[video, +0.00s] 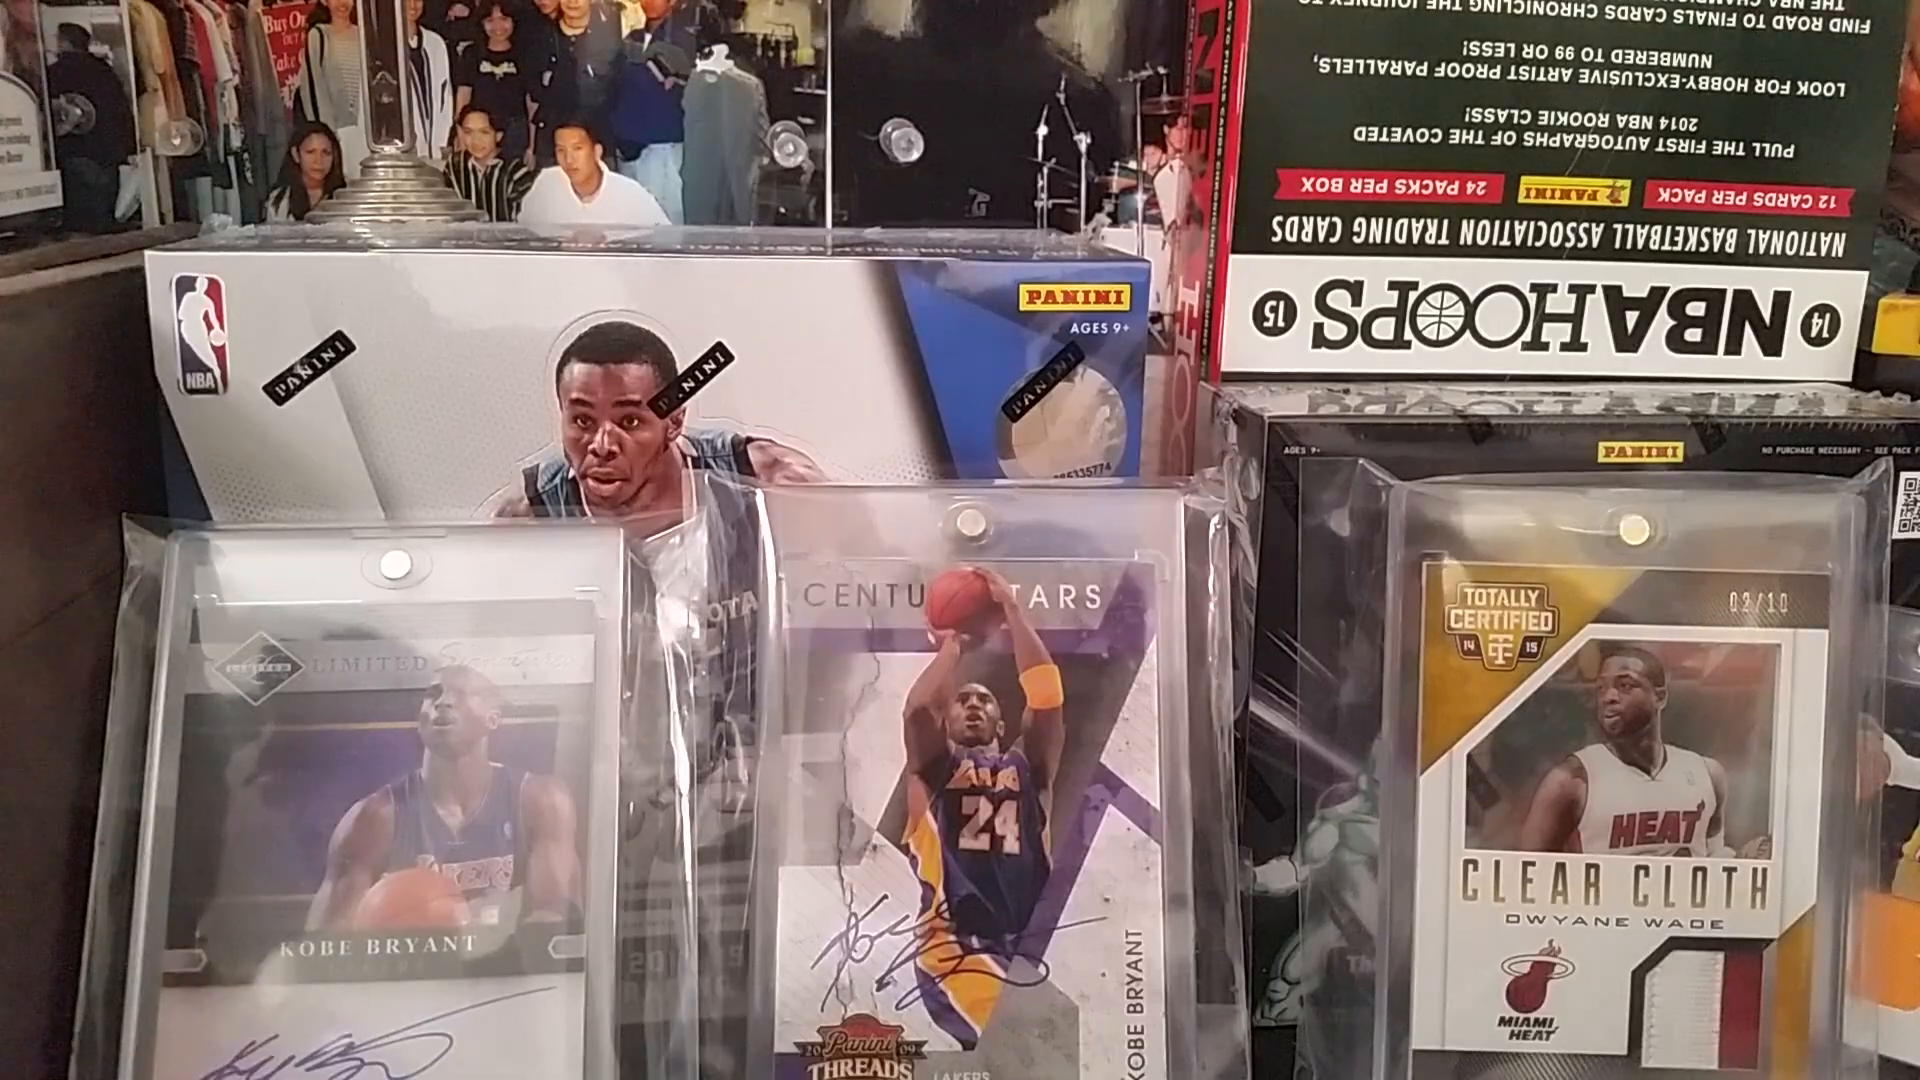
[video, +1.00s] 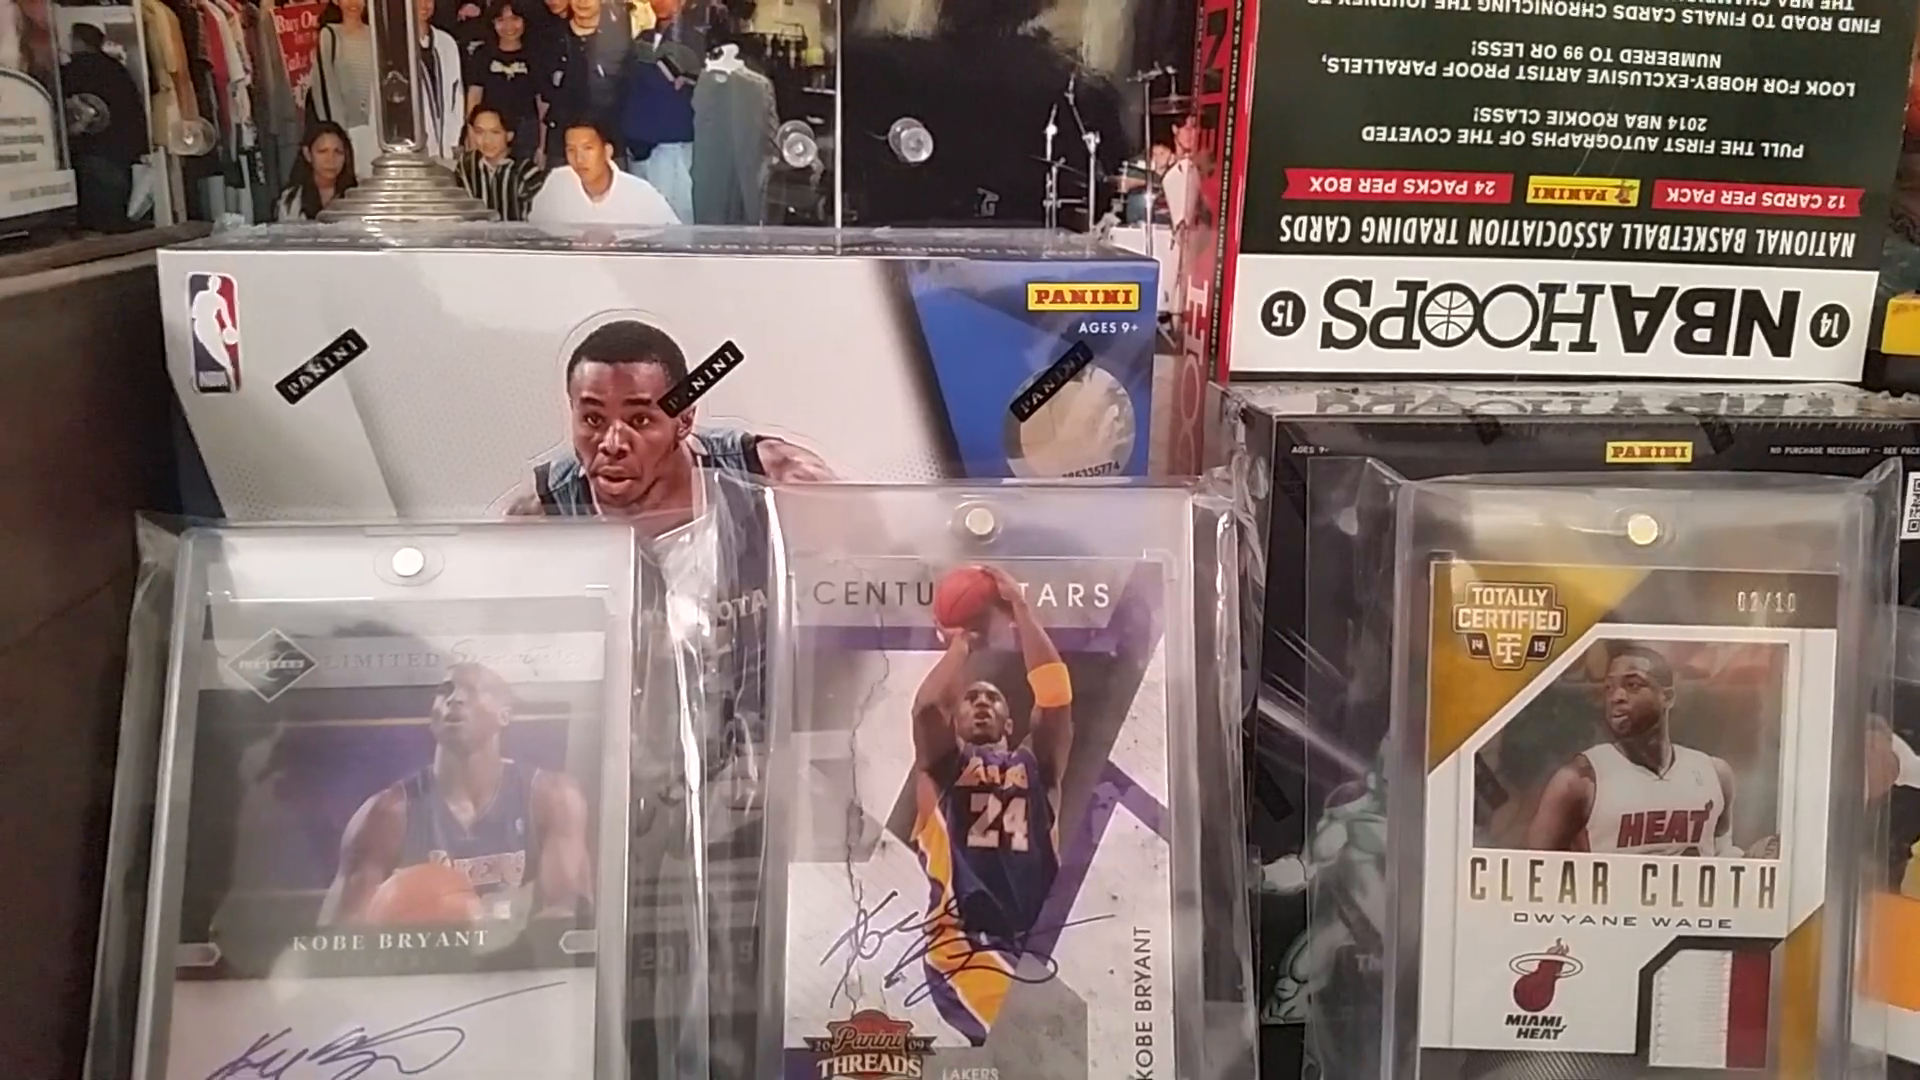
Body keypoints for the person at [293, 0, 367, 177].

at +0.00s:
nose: (342, 4)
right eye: (337, 0)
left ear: (353, 3)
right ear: (325, 3)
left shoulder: (362, 34)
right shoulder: (318, 33)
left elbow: (372, 76)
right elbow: (314, 81)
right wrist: (326, 126)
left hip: (364, 118)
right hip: (333, 122)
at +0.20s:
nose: (343, 4)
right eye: (337, 0)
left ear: (353, 2)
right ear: (326, 2)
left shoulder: (362, 34)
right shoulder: (318, 34)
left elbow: (371, 76)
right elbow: (314, 81)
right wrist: (326, 126)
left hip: (364, 119)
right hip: (333, 122)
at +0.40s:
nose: (343, 4)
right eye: (337, 0)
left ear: (353, 3)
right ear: (326, 2)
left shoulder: (362, 34)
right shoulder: (318, 33)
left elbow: (371, 76)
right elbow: (315, 81)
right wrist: (327, 127)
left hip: (364, 119)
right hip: (334, 122)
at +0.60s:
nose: (343, 4)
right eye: (337, 0)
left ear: (354, 3)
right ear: (326, 3)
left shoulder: (362, 34)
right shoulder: (317, 34)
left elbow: (371, 76)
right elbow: (315, 82)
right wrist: (327, 127)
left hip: (363, 119)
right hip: (333, 122)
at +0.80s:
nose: (343, 4)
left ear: (354, 3)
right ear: (326, 3)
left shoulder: (363, 33)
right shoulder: (319, 33)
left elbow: (372, 75)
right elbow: (315, 81)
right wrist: (326, 126)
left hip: (365, 119)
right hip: (334, 122)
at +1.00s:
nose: (354, 4)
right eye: (348, 0)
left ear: (365, 3)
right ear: (337, 3)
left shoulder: (373, 33)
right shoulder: (329, 33)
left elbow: (381, 76)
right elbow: (327, 79)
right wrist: (337, 124)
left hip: (374, 116)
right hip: (344, 119)